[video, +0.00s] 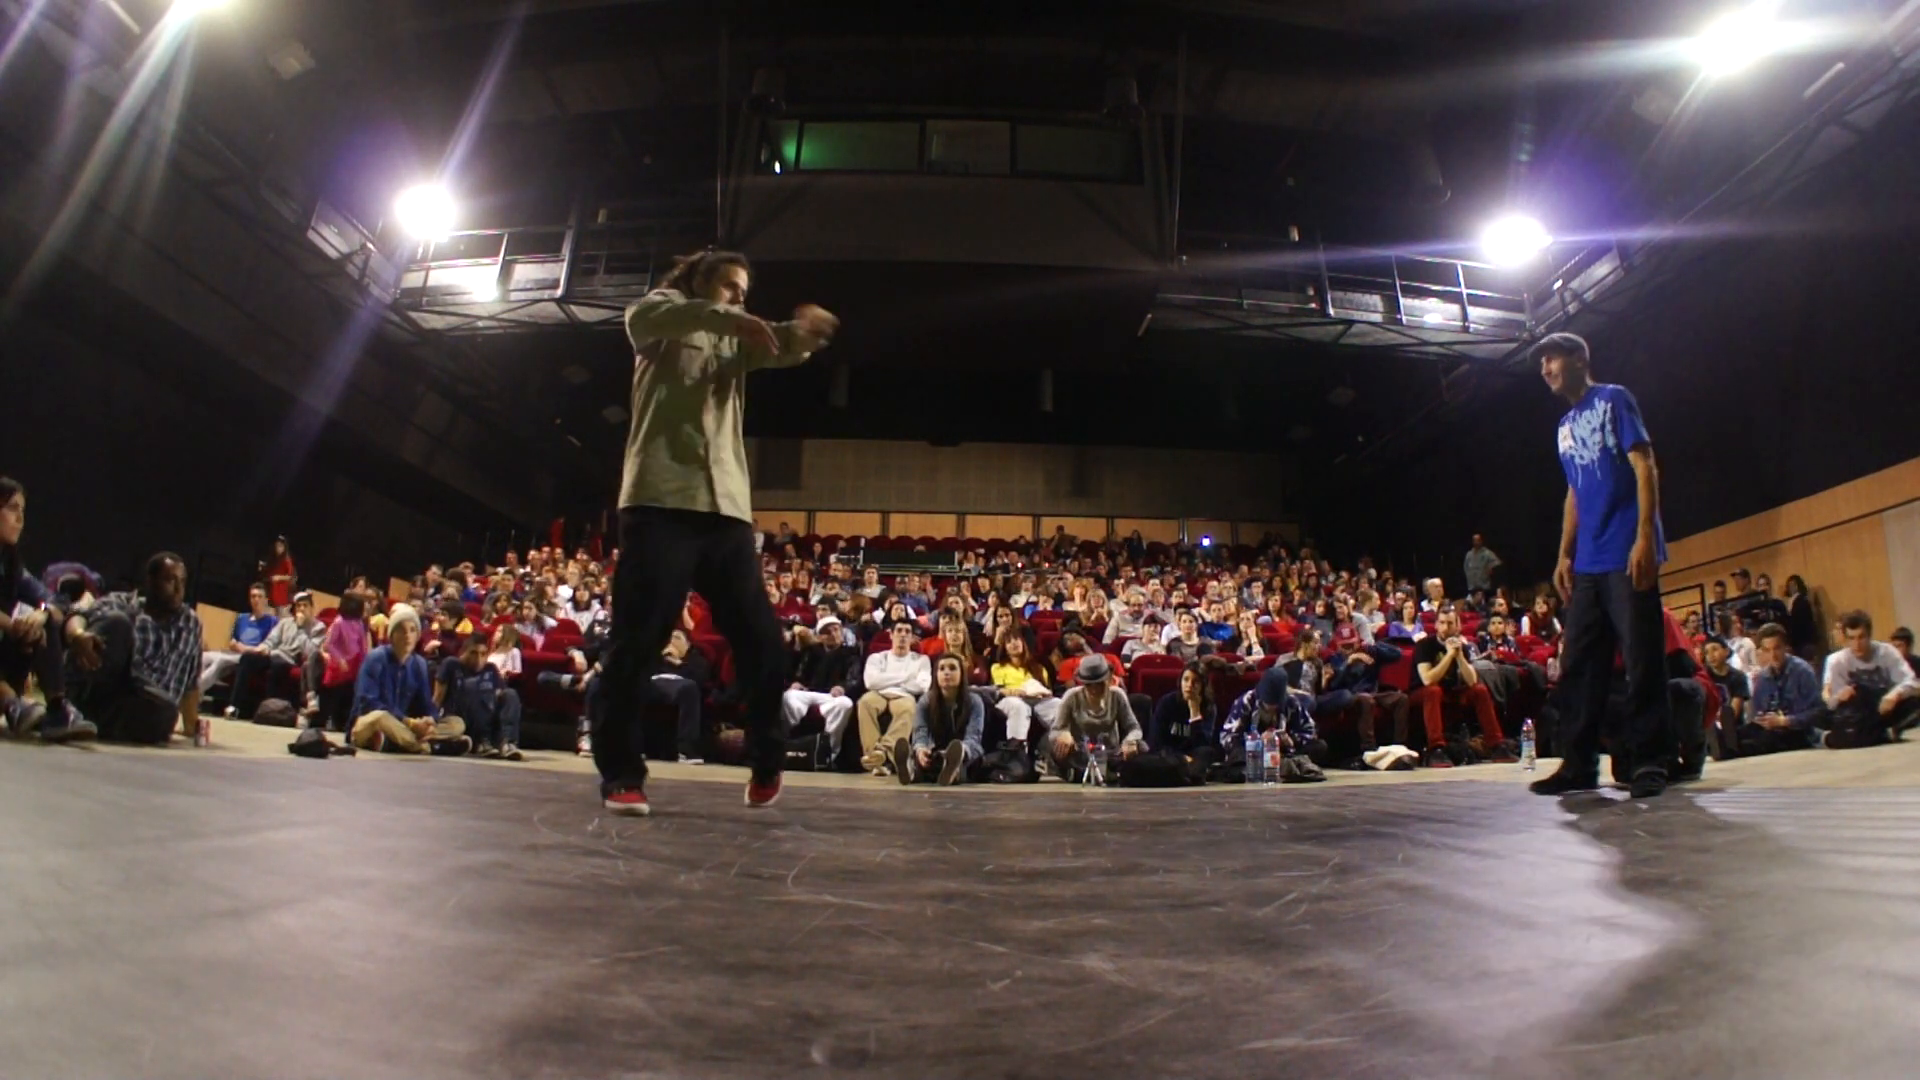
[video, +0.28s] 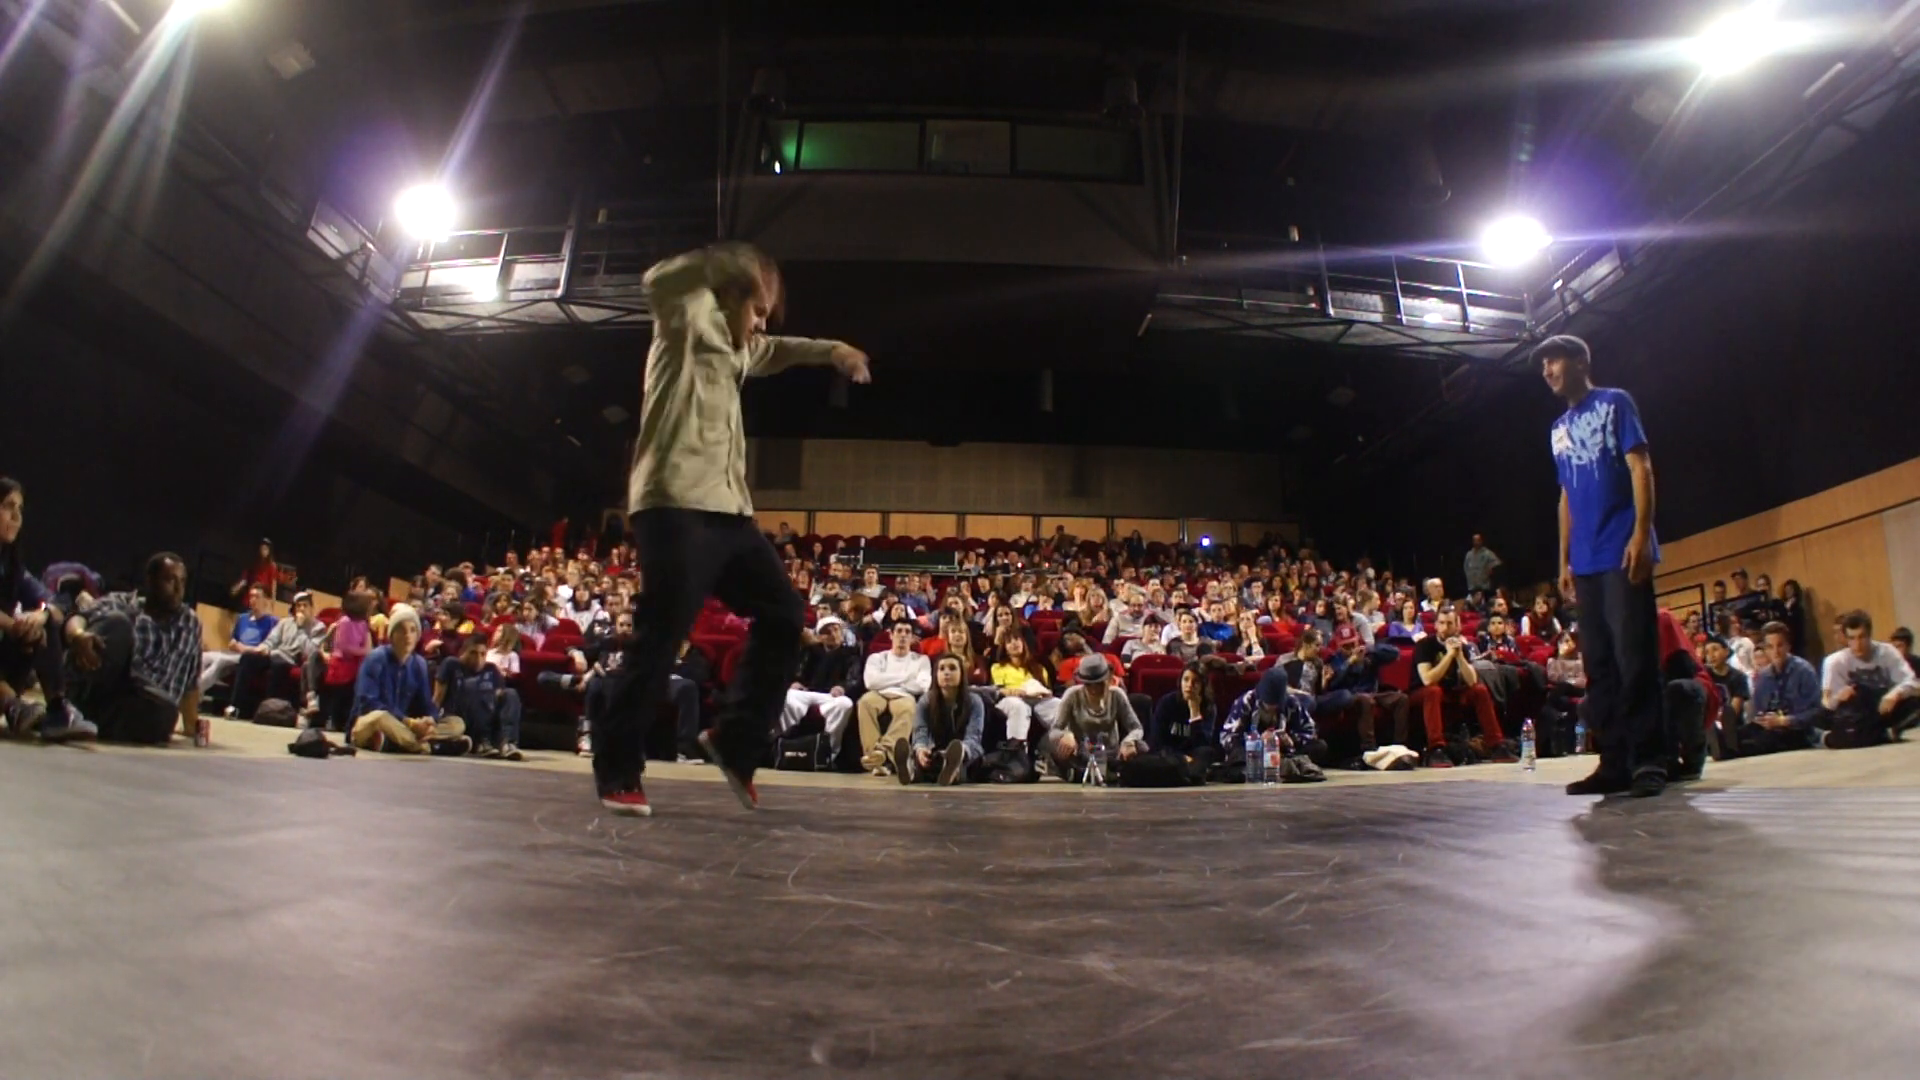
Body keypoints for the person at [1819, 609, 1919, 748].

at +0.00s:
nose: (1857, 643)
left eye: (1861, 637)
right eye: (1851, 638)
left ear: (1869, 636)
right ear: (1845, 639)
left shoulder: (1887, 652)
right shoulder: (1836, 661)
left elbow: (1911, 681)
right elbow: (1830, 702)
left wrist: (1894, 695)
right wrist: (1839, 696)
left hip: (1886, 703)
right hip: (1857, 705)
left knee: (1914, 704)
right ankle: (1884, 734)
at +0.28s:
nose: (1857, 643)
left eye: (1861, 637)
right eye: (1851, 638)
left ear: (1870, 635)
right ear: (1845, 638)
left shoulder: (1887, 652)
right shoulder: (1835, 662)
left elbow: (1911, 681)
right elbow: (1827, 702)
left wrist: (1894, 694)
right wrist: (1838, 697)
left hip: (1885, 704)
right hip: (1856, 707)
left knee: (1913, 704)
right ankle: (1884, 734)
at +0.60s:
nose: (1857, 643)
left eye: (1862, 637)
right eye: (1852, 638)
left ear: (1870, 636)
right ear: (1846, 638)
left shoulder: (1887, 652)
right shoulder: (1835, 662)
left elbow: (1911, 681)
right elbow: (1827, 703)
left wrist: (1894, 694)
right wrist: (1838, 697)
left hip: (1885, 704)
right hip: (1855, 706)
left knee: (1913, 703)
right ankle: (1884, 734)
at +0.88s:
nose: (1858, 644)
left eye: (1862, 638)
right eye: (1852, 639)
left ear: (1870, 636)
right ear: (1847, 639)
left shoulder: (1887, 652)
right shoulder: (1838, 662)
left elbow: (1911, 680)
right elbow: (1828, 703)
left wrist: (1894, 695)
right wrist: (1838, 697)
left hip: (1884, 705)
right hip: (1855, 706)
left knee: (1914, 703)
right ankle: (1824, 739)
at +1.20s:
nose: (1858, 645)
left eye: (1863, 639)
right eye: (1853, 640)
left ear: (1871, 637)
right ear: (1847, 639)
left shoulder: (1887, 652)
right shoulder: (1839, 661)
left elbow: (1910, 681)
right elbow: (1828, 703)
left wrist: (1894, 695)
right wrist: (1839, 697)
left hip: (1884, 705)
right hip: (1856, 707)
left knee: (1913, 704)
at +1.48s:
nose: (1859, 645)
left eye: (1864, 639)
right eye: (1854, 639)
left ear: (1871, 637)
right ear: (1848, 639)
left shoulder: (1887, 652)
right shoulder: (1840, 662)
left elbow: (1911, 681)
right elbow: (1831, 702)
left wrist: (1895, 694)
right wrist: (1839, 697)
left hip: (1885, 704)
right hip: (1857, 707)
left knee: (1913, 703)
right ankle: (1884, 734)